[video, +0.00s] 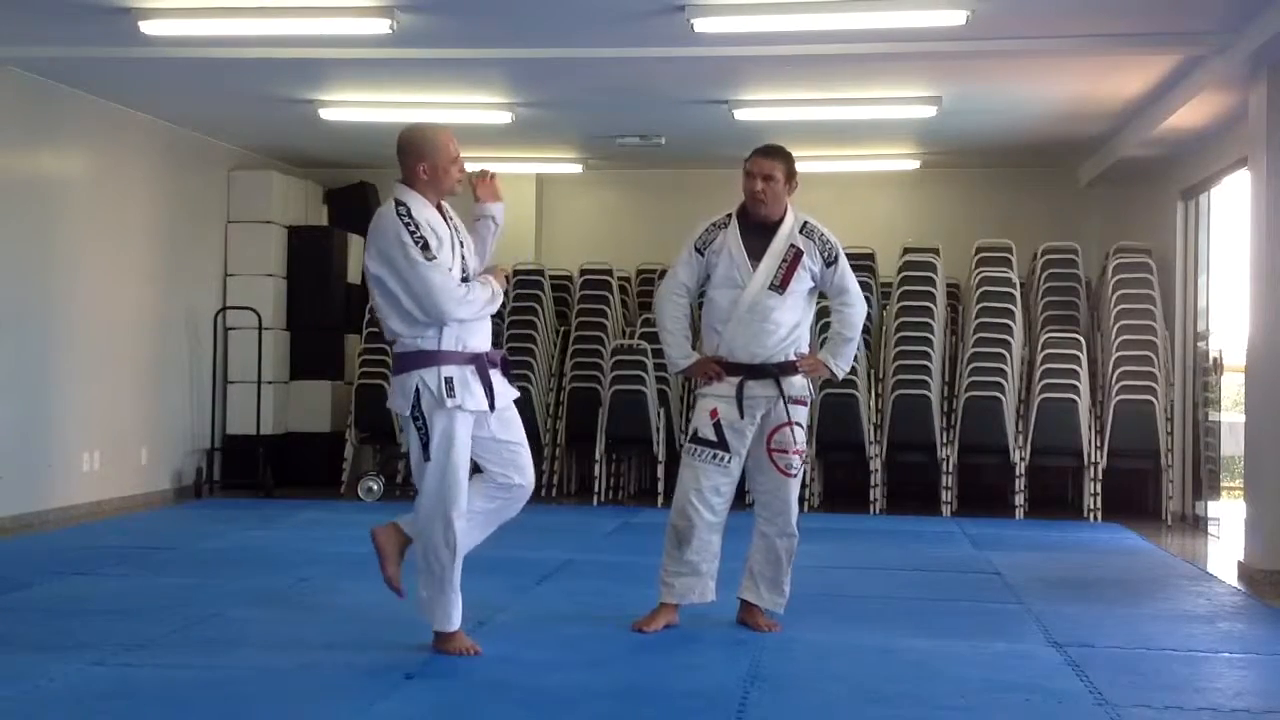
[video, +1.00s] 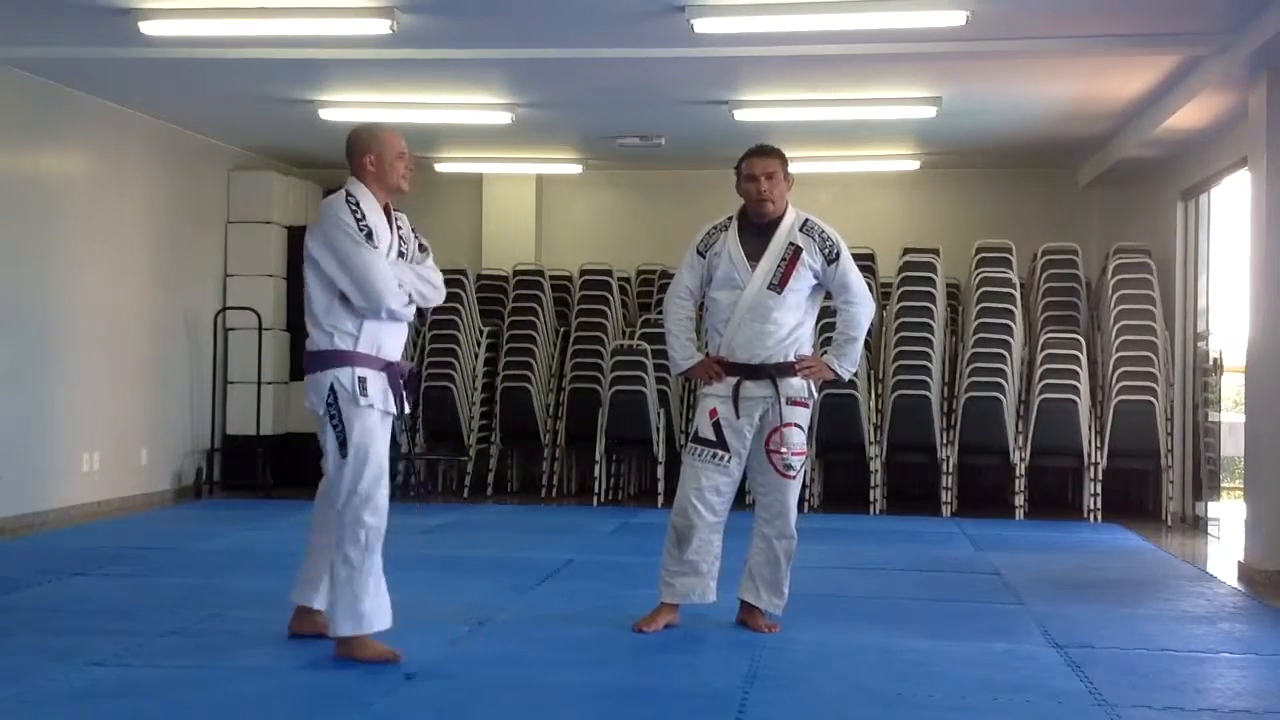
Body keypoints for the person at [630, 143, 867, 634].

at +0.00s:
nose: (758, 187)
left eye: (770, 179)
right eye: (752, 177)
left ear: (790, 187)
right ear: (741, 182)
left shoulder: (816, 242)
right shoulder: (712, 235)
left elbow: (851, 303)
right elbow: (671, 295)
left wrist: (833, 359)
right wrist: (686, 357)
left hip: (785, 392)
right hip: (720, 387)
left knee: (779, 506)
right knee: (694, 500)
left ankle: (755, 602)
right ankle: (670, 602)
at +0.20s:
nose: (763, 186)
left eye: (772, 177)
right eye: (753, 177)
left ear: (790, 183)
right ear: (739, 185)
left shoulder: (817, 243)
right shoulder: (712, 237)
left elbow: (850, 303)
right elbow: (671, 298)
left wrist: (835, 358)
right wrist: (687, 357)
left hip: (788, 392)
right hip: (722, 388)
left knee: (780, 506)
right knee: (696, 500)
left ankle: (755, 603)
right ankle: (671, 602)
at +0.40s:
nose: (765, 188)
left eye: (773, 178)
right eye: (754, 180)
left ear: (789, 182)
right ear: (738, 188)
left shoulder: (818, 242)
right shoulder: (712, 238)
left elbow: (852, 302)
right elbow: (673, 299)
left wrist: (837, 359)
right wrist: (688, 357)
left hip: (788, 393)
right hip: (722, 389)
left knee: (780, 507)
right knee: (695, 501)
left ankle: (755, 604)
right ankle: (671, 603)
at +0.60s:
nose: (761, 186)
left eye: (770, 176)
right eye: (751, 179)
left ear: (788, 182)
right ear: (737, 187)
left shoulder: (818, 242)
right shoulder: (713, 238)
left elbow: (856, 303)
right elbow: (674, 299)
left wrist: (838, 360)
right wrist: (687, 356)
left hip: (788, 391)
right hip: (722, 386)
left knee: (779, 506)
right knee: (696, 499)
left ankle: (755, 604)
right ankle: (671, 602)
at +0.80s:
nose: (760, 185)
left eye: (769, 176)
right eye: (750, 178)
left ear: (788, 182)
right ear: (737, 186)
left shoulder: (818, 241)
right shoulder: (712, 239)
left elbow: (856, 303)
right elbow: (678, 301)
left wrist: (837, 361)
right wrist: (687, 357)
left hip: (787, 390)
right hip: (721, 385)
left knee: (778, 506)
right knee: (695, 500)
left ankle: (756, 604)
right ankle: (671, 602)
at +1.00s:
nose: (761, 187)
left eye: (771, 177)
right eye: (751, 179)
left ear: (788, 183)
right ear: (738, 186)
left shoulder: (818, 240)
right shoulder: (712, 239)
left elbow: (857, 303)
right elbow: (678, 301)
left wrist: (838, 361)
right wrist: (688, 357)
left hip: (787, 390)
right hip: (722, 385)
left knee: (778, 506)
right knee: (695, 499)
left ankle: (756, 605)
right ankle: (670, 602)